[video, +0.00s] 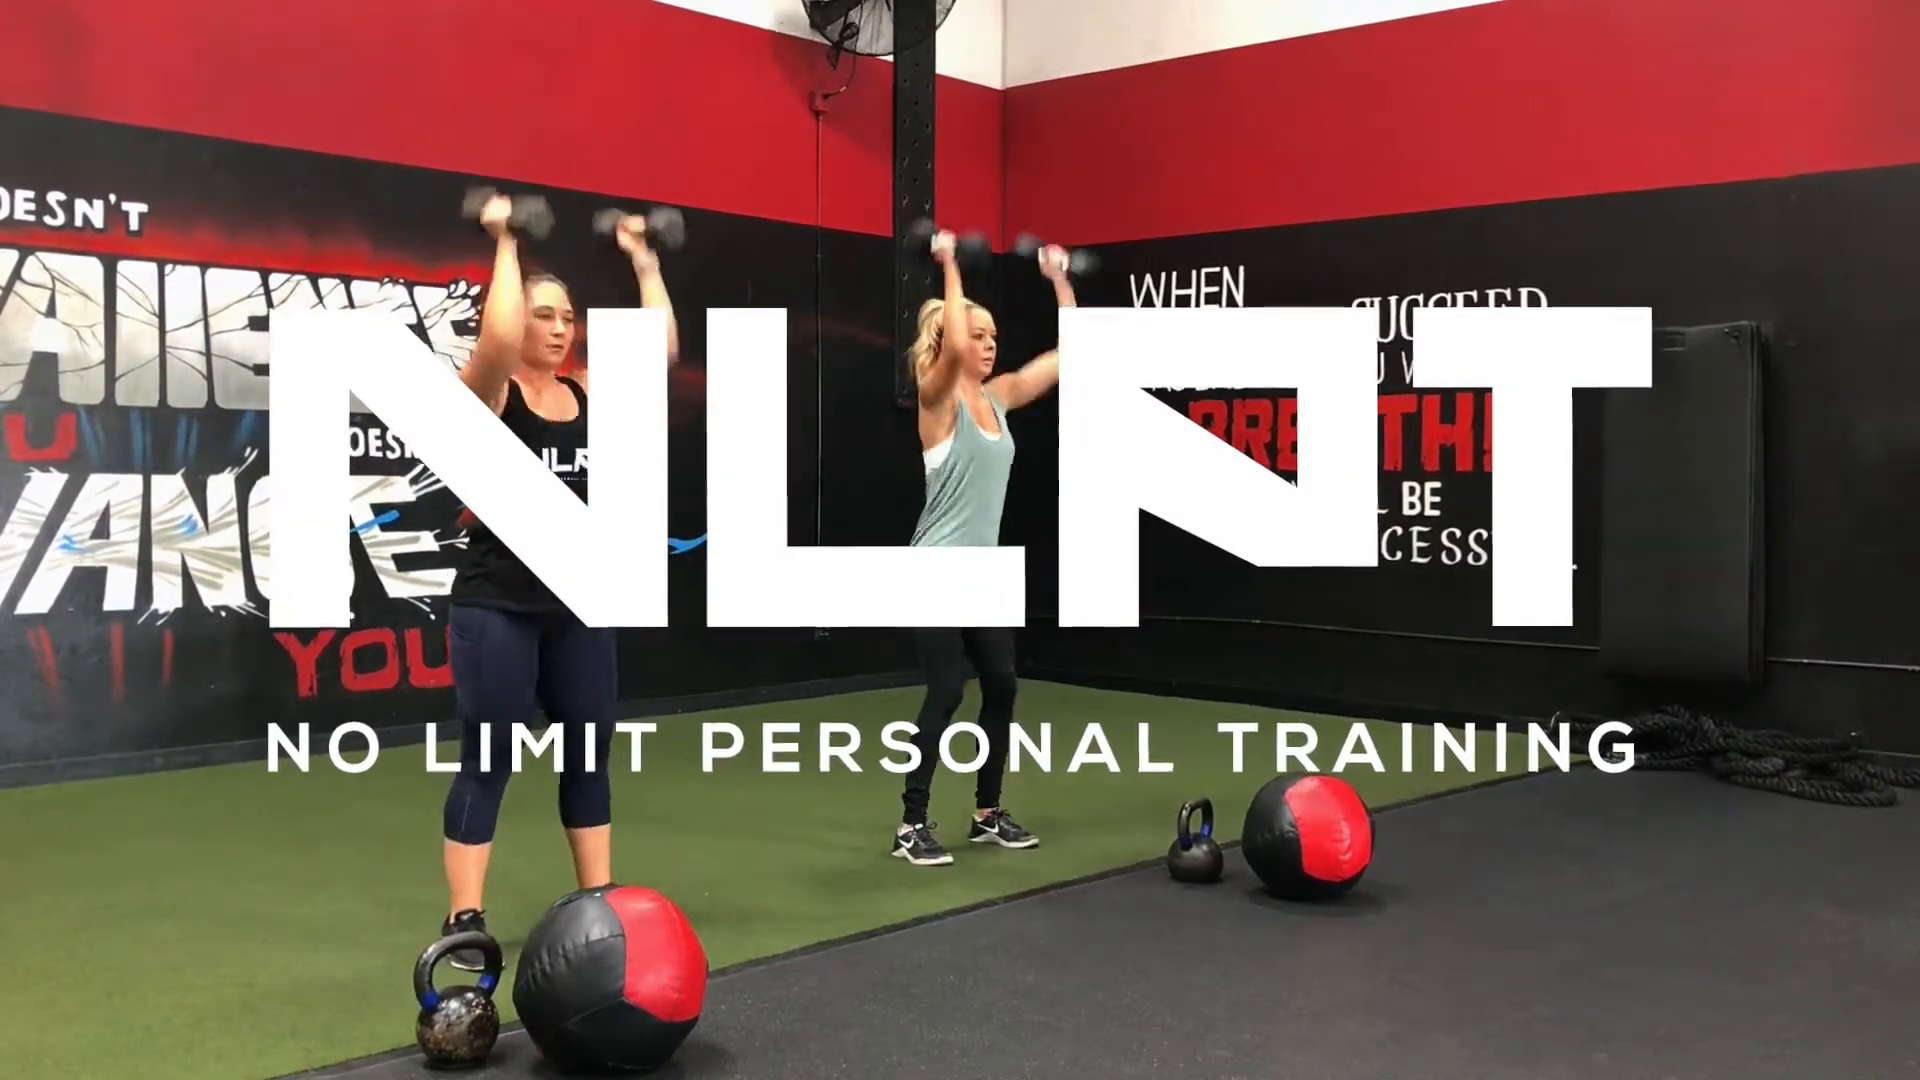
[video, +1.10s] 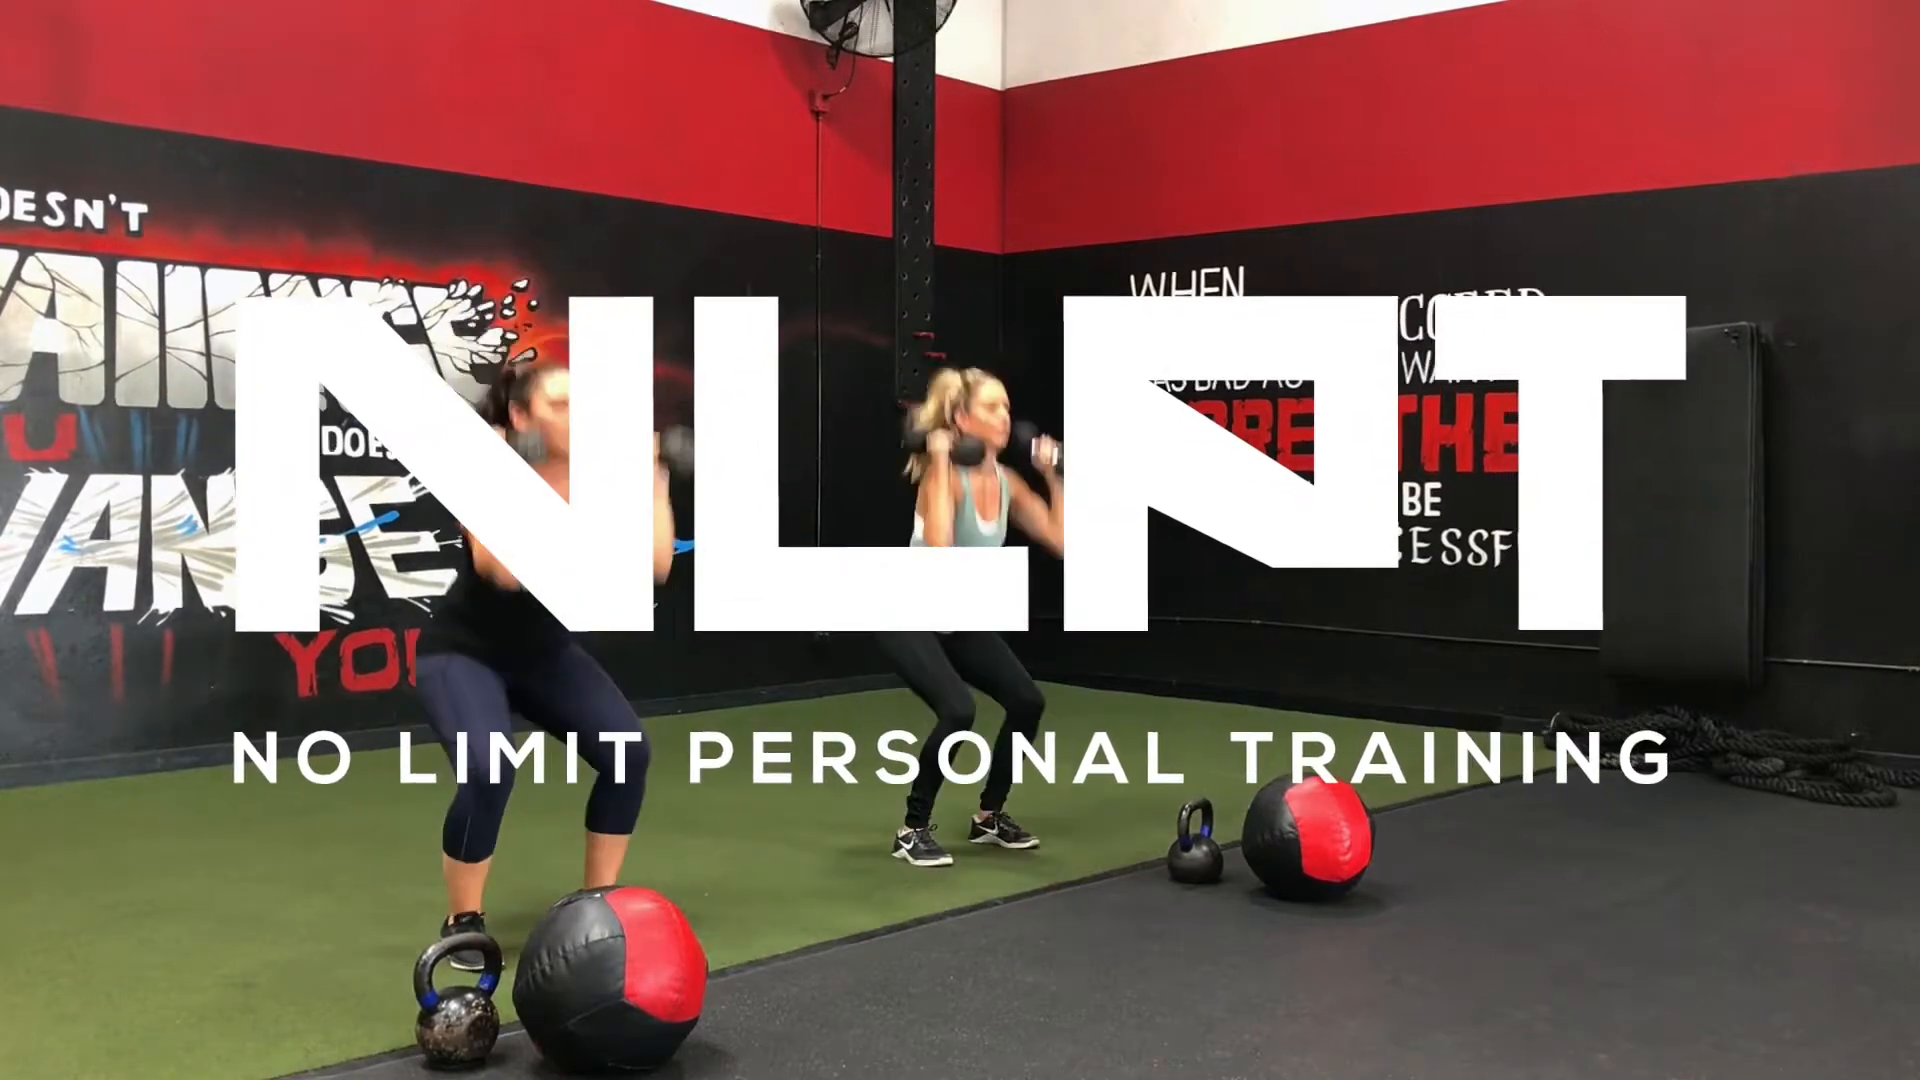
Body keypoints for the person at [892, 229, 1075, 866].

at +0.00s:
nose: (990, 344)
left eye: (992, 336)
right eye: (978, 335)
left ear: (993, 344)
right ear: (949, 344)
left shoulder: (998, 395)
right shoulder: (939, 401)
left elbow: (1069, 356)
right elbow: (956, 345)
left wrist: (1062, 285)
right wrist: (950, 267)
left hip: (990, 571)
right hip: (936, 570)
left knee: (1001, 686)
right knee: (946, 688)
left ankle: (989, 813)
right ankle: (914, 823)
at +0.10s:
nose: (1000, 387)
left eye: (1000, 378)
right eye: (990, 379)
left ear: (994, 387)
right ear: (964, 386)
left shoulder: (1003, 440)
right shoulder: (936, 435)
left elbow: (1066, 461)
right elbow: (952, 466)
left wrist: (1066, 398)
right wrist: (944, 390)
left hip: (973, 600)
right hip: (920, 600)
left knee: (1018, 694)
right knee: (956, 703)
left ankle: (988, 814)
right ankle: (914, 825)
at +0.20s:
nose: (1010, 452)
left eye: (1012, 442)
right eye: (999, 442)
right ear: (966, 450)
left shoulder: (1007, 510)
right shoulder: (943, 505)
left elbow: (1059, 581)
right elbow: (944, 576)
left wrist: (1059, 513)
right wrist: (949, 506)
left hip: (956, 644)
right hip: (903, 646)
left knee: (1034, 709)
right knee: (963, 722)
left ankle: (990, 816)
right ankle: (915, 829)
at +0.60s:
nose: (1003, 390)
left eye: (1004, 380)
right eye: (991, 380)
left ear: (1004, 387)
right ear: (959, 387)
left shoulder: (1006, 450)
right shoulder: (940, 446)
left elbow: (1063, 497)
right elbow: (956, 508)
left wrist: (1060, 438)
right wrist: (944, 429)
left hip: (974, 604)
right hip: (919, 604)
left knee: (1025, 700)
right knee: (951, 709)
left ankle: (989, 814)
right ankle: (913, 827)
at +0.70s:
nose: (984, 340)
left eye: (989, 332)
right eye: (973, 331)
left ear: (993, 344)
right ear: (944, 338)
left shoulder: (998, 399)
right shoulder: (933, 403)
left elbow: (1074, 375)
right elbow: (937, 361)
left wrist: (1061, 310)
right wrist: (944, 289)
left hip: (988, 572)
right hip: (932, 572)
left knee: (992, 689)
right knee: (937, 689)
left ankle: (987, 813)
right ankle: (913, 825)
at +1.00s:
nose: (988, 360)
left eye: (991, 351)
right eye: (975, 351)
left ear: (995, 357)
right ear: (948, 359)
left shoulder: (999, 417)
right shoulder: (936, 420)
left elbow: (1074, 418)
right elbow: (942, 403)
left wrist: (1059, 354)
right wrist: (936, 332)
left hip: (976, 583)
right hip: (925, 583)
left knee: (1007, 689)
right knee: (950, 694)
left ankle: (988, 814)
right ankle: (914, 826)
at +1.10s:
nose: (1004, 417)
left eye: (1005, 408)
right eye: (992, 408)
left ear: (1005, 416)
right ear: (960, 416)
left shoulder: (1006, 480)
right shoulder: (942, 473)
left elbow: (1061, 543)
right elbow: (939, 546)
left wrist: (1053, 476)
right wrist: (938, 458)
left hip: (962, 619)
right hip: (907, 618)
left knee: (1027, 702)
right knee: (957, 710)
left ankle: (989, 815)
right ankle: (915, 828)